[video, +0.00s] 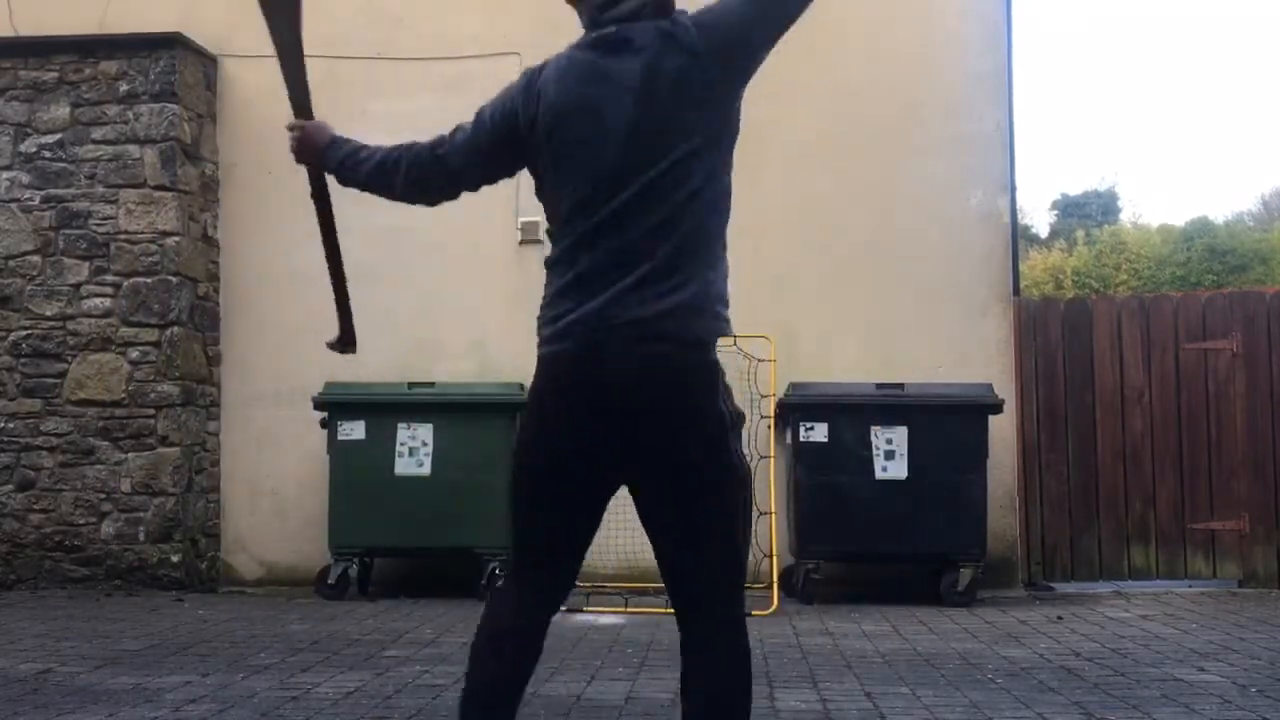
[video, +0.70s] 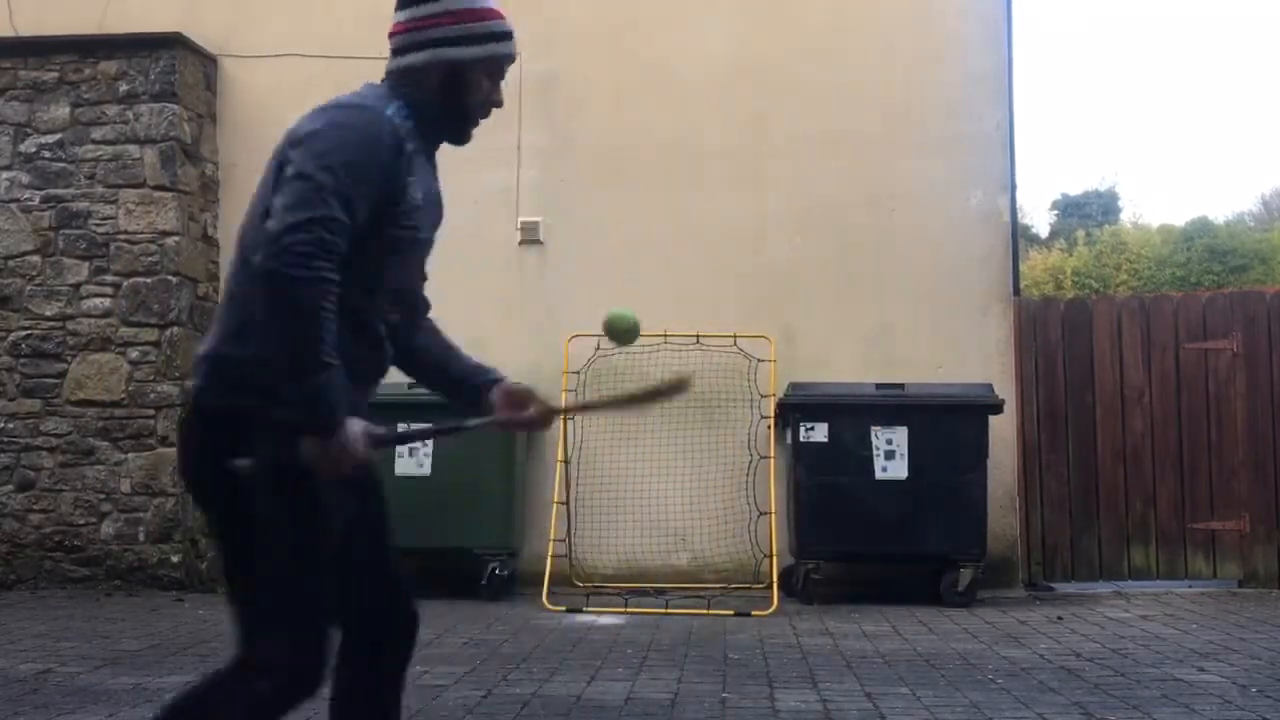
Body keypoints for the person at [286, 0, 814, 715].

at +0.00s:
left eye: (576, 7)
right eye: (680, 1)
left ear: (581, 8)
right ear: (664, 0)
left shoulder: (543, 91)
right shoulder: (708, 46)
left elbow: (432, 169)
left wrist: (328, 149)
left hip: (570, 381)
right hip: (679, 376)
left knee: (527, 593)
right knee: (713, 612)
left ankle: (481, 713)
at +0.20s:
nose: (648, 30)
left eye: (643, 17)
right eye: (642, 17)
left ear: (555, 30)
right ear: (625, 22)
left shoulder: (502, 125)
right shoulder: (646, 97)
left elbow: (430, 245)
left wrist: (418, 204)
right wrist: (895, 89)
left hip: (537, 421)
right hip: (640, 417)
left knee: (536, 610)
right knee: (711, 633)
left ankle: (431, 712)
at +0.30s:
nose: (614, 24)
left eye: (611, 12)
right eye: (608, 11)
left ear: (524, 22)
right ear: (582, 17)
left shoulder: (456, 118)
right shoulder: (599, 98)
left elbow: (441, 259)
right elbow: (655, 230)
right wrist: (786, 311)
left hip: (487, 400)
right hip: (586, 397)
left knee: (524, 595)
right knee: (667, 617)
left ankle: (432, 716)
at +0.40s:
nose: (586, 32)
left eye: (583, 15)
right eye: (577, 14)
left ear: (497, 23)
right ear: (539, 18)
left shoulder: (445, 108)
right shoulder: (533, 107)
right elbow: (567, 263)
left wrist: (605, 312)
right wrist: (689, 346)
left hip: (429, 398)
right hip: (508, 398)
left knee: (492, 613)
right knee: (615, 609)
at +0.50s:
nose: (554, 64)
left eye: (554, 45)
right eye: (546, 42)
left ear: (485, 47)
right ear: (502, 45)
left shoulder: (436, 123)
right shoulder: (468, 131)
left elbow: (475, 298)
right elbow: (493, 288)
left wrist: (581, 273)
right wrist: (620, 343)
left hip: (380, 424)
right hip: (429, 423)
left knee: (469, 628)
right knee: (570, 610)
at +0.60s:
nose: (529, 81)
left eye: (529, 63)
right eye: (520, 61)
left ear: (467, 61)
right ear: (472, 60)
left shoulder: (441, 148)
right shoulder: (416, 137)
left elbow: (451, 310)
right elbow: (410, 288)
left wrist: (574, 312)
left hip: (373, 427)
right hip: (351, 430)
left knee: (452, 634)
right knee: (470, 631)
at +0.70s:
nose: (499, 97)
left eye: (503, 78)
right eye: (492, 75)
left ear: (443, 73)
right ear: (441, 69)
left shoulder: (413, 173)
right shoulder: (355, 129)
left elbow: (398, 318)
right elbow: (296, 263)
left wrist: (488, 387)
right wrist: (326, 412)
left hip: (317, 429)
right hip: (248, 425)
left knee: (383, 626)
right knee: (283, 664)